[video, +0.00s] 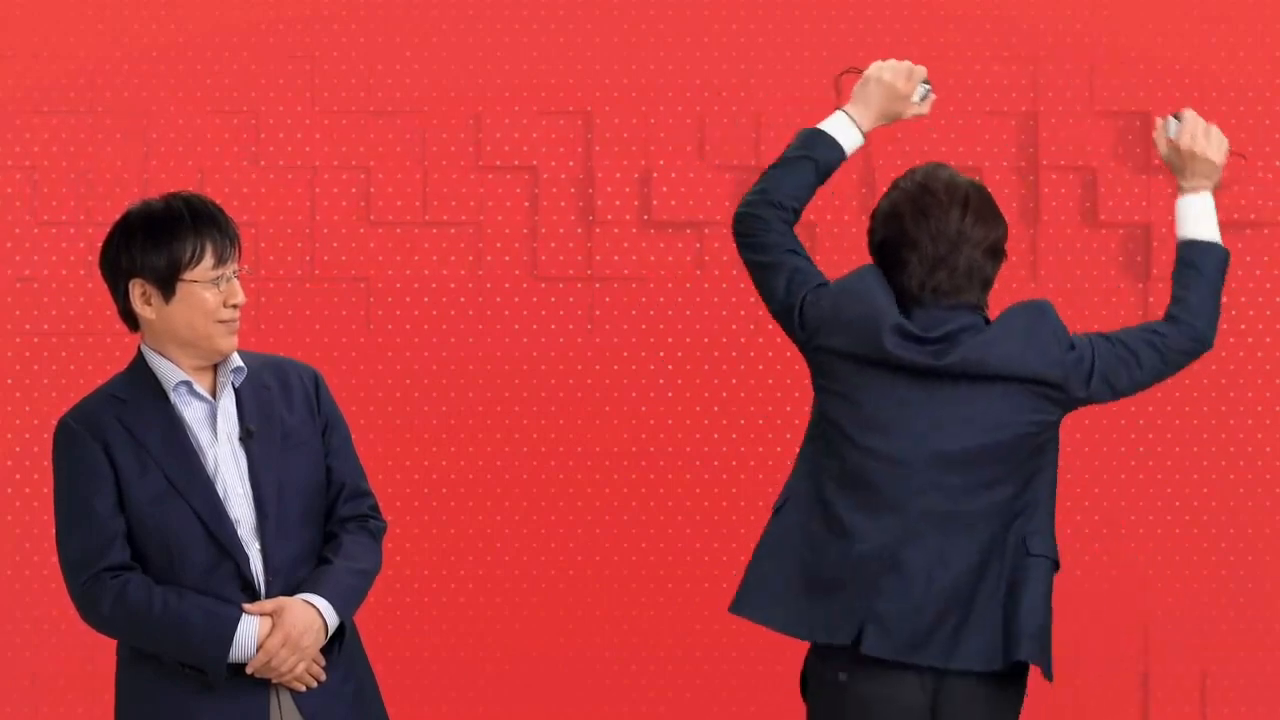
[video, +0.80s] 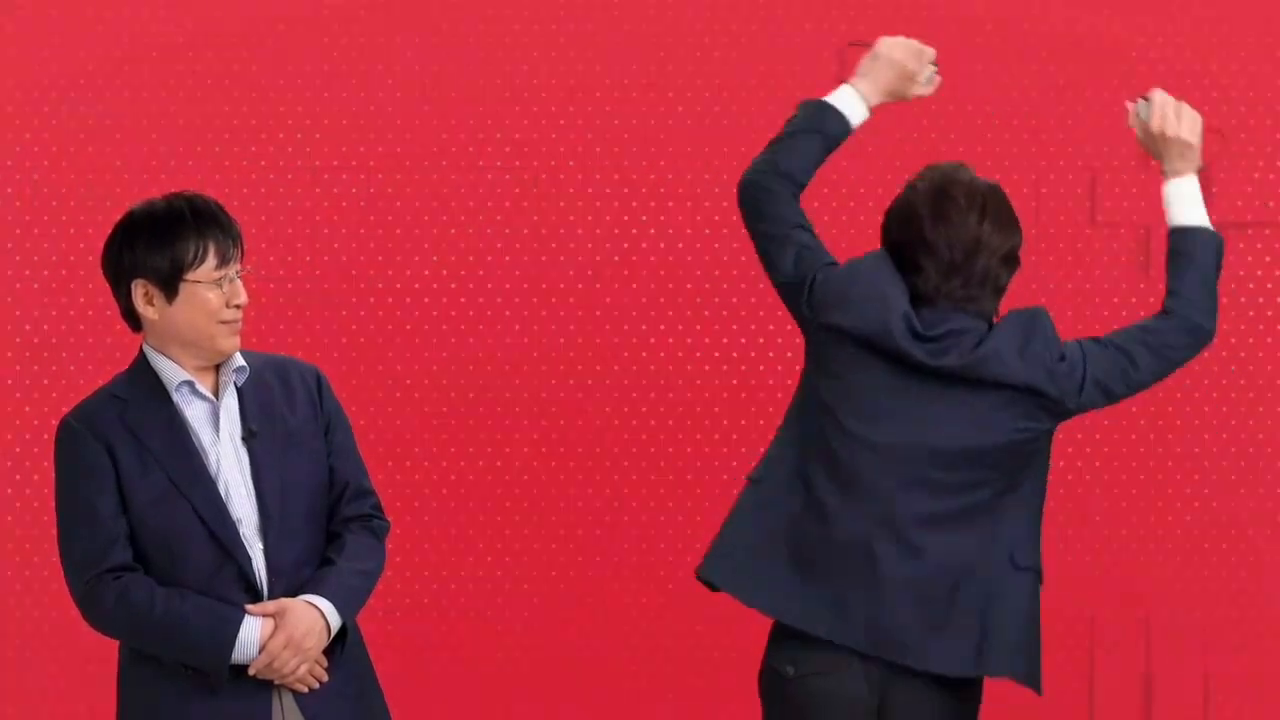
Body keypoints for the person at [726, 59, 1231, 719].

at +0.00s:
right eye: (997, 251)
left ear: (882, 258)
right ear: (991, 265)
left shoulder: (839, 333)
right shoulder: (1041, 362)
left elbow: (760, 220)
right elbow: (1190, 329)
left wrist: (853, 119)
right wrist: (1198, 190)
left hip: (855, 672)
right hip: (984, 681)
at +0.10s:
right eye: (981, 229)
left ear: (876, 258)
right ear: (982, 244)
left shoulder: (836, 340)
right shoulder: (1039, 328)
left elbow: (705, 264)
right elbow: (1138, 221)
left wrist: (753, 128)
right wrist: (1085, 94)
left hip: (869, 662)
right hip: (999, 659)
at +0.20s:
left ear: (872, 272)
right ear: (979, 256)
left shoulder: (841, 377)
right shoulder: (1028, 324)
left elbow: (677, 361)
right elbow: (1043, 182)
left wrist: (666, 221)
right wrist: (933, 94)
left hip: (890, 686)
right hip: (1014, 671)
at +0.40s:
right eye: (990, 236)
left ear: (884, 258)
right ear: (993, 250)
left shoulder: (832, 338)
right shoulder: (1037, 333)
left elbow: (690, 273)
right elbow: (1118, 210)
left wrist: (715, 140)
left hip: (847, 667)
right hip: (976, 666)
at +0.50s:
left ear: (889, 250)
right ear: (1003, 270)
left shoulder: (836, 315)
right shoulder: (1039, 362)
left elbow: (747, 199)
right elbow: (1180, 295)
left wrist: (829, 90)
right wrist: (1157, 151)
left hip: (817, 655)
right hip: (945, 670)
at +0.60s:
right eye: (1009, 275)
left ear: (900, 263)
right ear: (1007, 290)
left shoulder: (846, 323)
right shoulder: (1032, 398)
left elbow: (808, 186)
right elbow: (1197, 382)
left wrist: (929, 112)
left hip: (801, 664)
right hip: (925, 688)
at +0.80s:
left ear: (894, 250)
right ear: (1003, 273)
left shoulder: (839, 317)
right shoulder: (1036, 376)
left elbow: (767, 187)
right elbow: (1189, 322)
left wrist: (861, 91)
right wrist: (1182, 172)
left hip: (813, 662)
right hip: (940, 678)